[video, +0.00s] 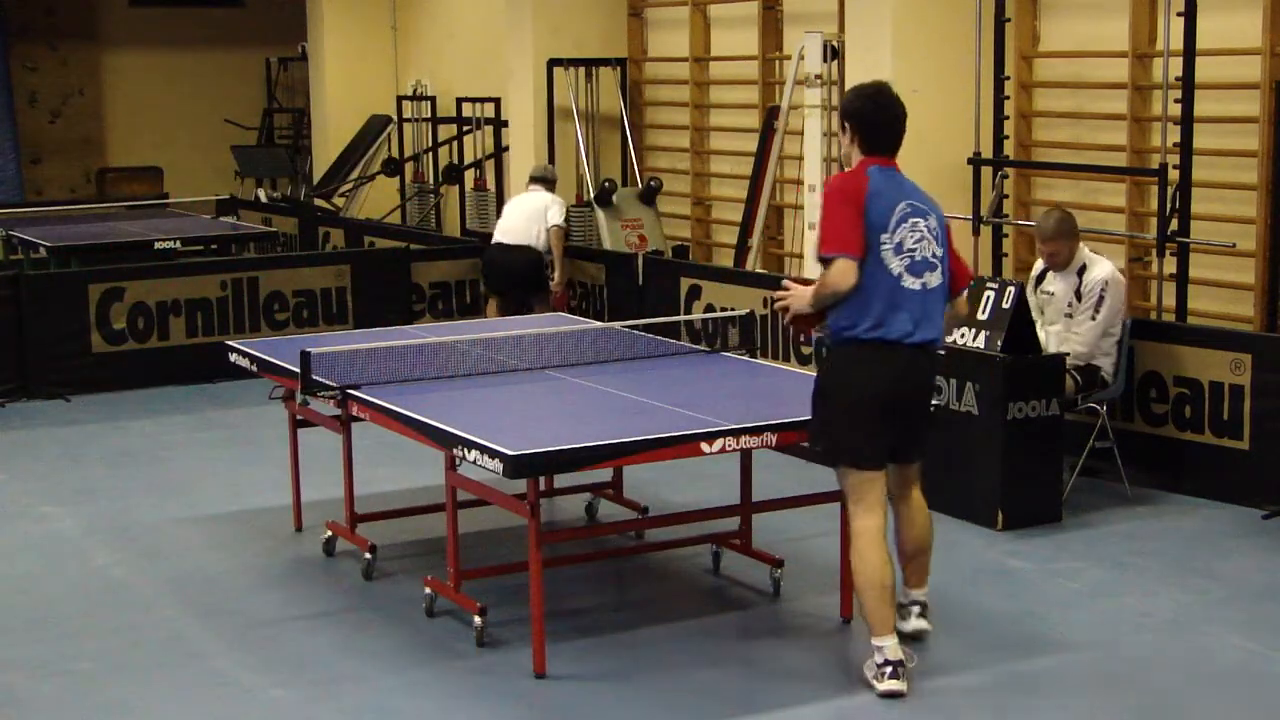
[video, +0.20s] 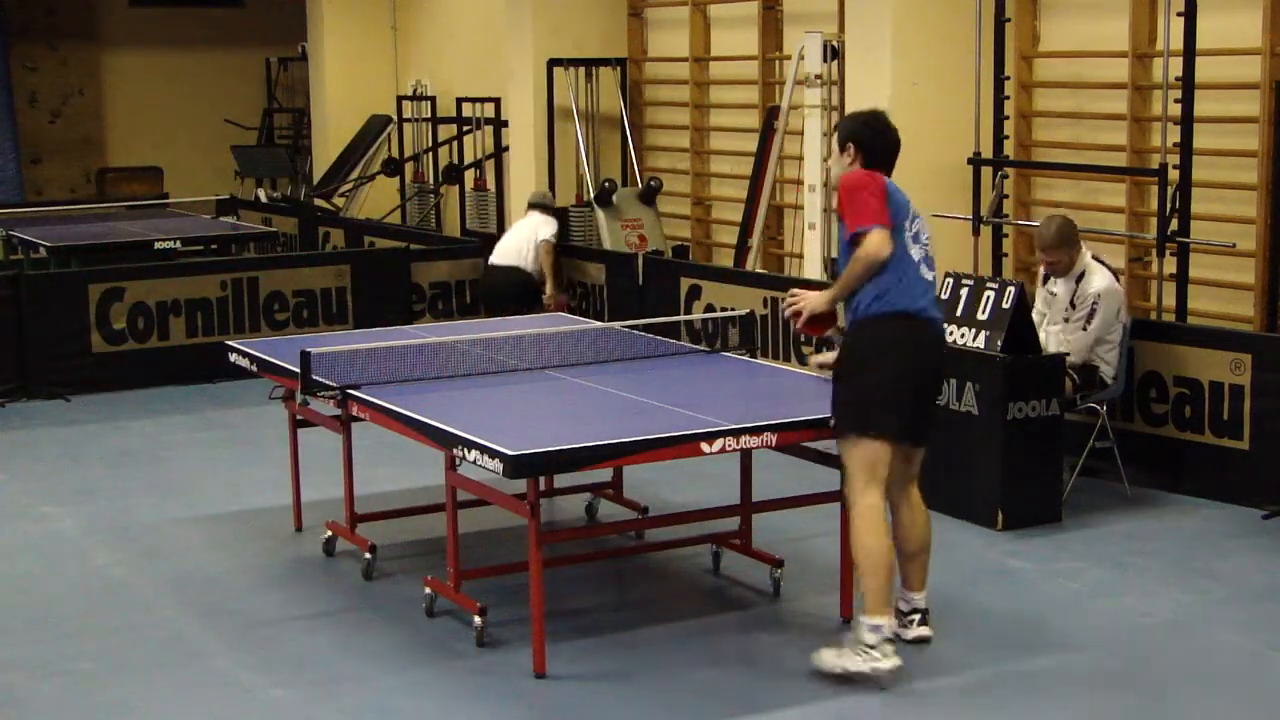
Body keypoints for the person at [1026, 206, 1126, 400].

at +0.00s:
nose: (1046, 260)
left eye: (1053, 255)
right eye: (1042, 253)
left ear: (1074, 244)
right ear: (1038, 244)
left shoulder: (1104, 277)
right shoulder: (1039, 269)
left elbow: (1082, 348)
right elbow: (1033, 322)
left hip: (1092, 367)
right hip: (1048, 360)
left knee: (1032, 392)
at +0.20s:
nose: (1046, 269)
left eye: (1053, 263)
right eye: (1043, 262)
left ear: (1075, 252)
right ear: (1039, 251)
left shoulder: (1101, 288)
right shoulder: (1047, 271)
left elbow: (1076, 353)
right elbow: (1037, 321)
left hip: (1093, 372)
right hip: (1053, 360)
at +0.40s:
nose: (1043, 277)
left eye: (1050, 270)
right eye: (1040, 269)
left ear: (1070, 260)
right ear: (1037, 258)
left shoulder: (1095, 296)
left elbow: (1069, 358)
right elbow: (1044, 313)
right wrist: (1016, 340)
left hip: (1095, 372)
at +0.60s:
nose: (1043, 280)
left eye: (1050, 274)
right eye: (1039, 272)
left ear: (1069, 264)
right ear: (1036, 261)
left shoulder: (1095, 300)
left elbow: (1069, 360)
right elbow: (1046, 312)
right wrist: (1016, 337)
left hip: (1097, 373)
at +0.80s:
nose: (1047, 281)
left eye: (1054, 274)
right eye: (1044, 273)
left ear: (1074, 264)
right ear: (1041, 262)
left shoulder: (1098, 300)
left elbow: (1070, 360)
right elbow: (1044, 311)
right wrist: (1016, 342)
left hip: (1097, 371)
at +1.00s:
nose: (1049, 275)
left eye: (1056, 270)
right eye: (1046, 268)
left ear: (1077, 261)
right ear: (1042, 258)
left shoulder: (1100, 296)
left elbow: (1071, 358)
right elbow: (1039, 318)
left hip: (1095, 371)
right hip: (1056, 358)